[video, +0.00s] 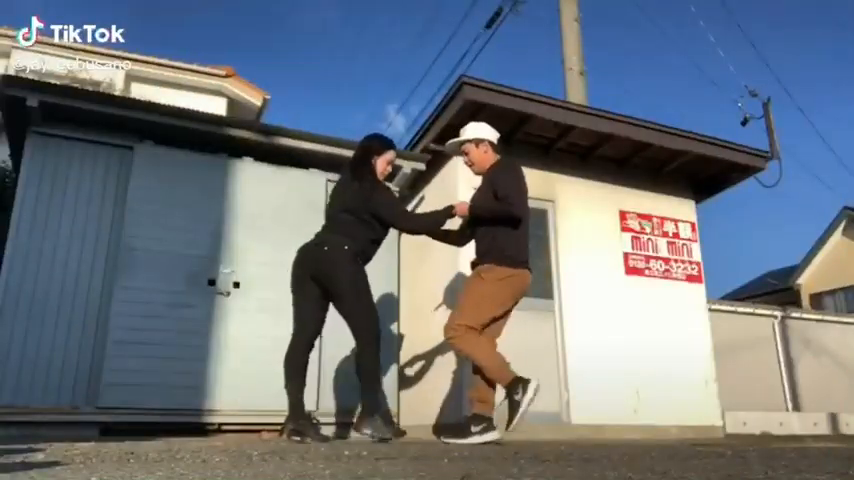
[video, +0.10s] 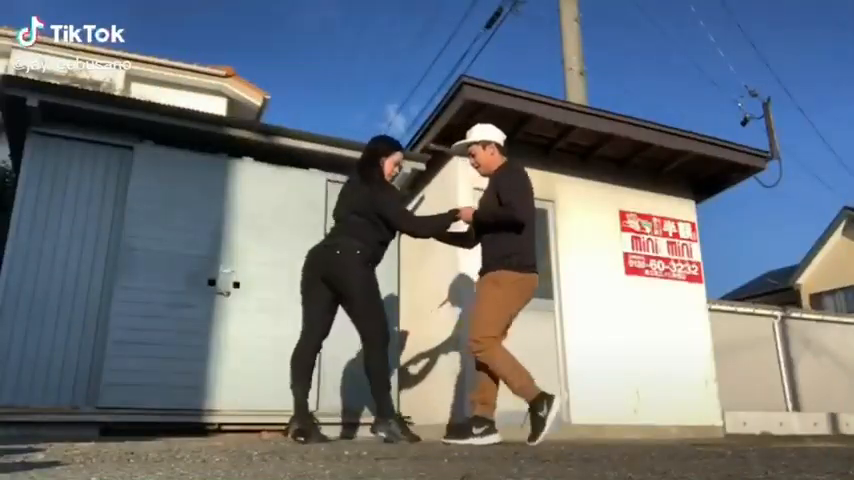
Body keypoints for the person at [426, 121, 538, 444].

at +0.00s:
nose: (465, 159)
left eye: (467, 152)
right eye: (463, 154)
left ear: (485, 146)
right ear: (482, 150)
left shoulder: (505, 170)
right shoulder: (487, 187)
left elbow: (515, 211)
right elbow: (461, 237)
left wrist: (470, 211)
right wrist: (423, 225)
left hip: (501, 270)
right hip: (503, 272)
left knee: (458, 331)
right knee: (483, 343)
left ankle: (514, 385)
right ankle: (481, 420)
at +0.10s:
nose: (471, 162)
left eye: (473, 154)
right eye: (470, 156)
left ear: (491, 148)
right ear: (488, 152)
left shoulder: (511, 174)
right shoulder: (497, 185)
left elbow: (518, 216)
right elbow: (470, 239)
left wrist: (476, 217)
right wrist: (431, 229)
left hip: (511, 274)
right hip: (499, 274)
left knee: (480, 342)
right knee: (485, 344)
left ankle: (538, 400)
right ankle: (482, 422)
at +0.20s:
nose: (479, 161)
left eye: (481, 154)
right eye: (477, 156)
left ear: (498, 148)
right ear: (495, 151)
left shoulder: (519, 174)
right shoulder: (503, 187)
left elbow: (526, 219)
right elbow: (493, 240)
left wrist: (482, 219)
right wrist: (452, 233)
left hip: (536, 270)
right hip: (509, 275)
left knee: (525, 344)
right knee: (488, 345)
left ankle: (565, 417)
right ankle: (483, 419)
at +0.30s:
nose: (488, 163)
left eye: (491, 155)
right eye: (486, 157)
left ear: (508, 150)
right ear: (504, 154)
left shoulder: (528, 178)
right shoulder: (513, 188)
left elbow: (528, 224)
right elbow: (517, 238)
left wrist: (482, 218)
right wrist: (483, 235)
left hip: (555, 267)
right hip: (528, 274)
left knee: (554, 343)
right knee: (497, 329)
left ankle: (571, 423)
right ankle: (527, 407)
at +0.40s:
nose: (496, 165)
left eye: (498, 158)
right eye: (494, 160)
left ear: (515, 151)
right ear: (511, 155)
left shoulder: (539, 178)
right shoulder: (521, 189)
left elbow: (528, 222)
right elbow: (530, 236)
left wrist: (482, 215)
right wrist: (511, 237)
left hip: (566, 268)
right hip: (541, 275)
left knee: (563, 345)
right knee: (528, 342)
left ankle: (574, 423)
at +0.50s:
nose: (502, 166)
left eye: (503, 158)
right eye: (500, 160)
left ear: (522, 150)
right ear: (518, 154)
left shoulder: (542, 176)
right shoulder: (539, 181)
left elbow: (531, 214)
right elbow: (528, 234)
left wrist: (486, 208)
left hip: (569, 267)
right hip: (566, 268)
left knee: (563, 346)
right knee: (567, 347)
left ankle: (572, 425)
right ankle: (627, 399)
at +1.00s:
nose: (504, 164)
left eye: (505, 156)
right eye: (501, 159)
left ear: (524, 148)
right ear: (517, 154)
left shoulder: (549, 173)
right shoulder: (526, 190)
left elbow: (570, 214)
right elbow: (520, 238)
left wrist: (528, 213)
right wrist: (490, 230)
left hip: (576, 268)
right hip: (547, 277)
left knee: (581, 344)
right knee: (528, 333)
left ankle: (601, 422)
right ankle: (572, 394)